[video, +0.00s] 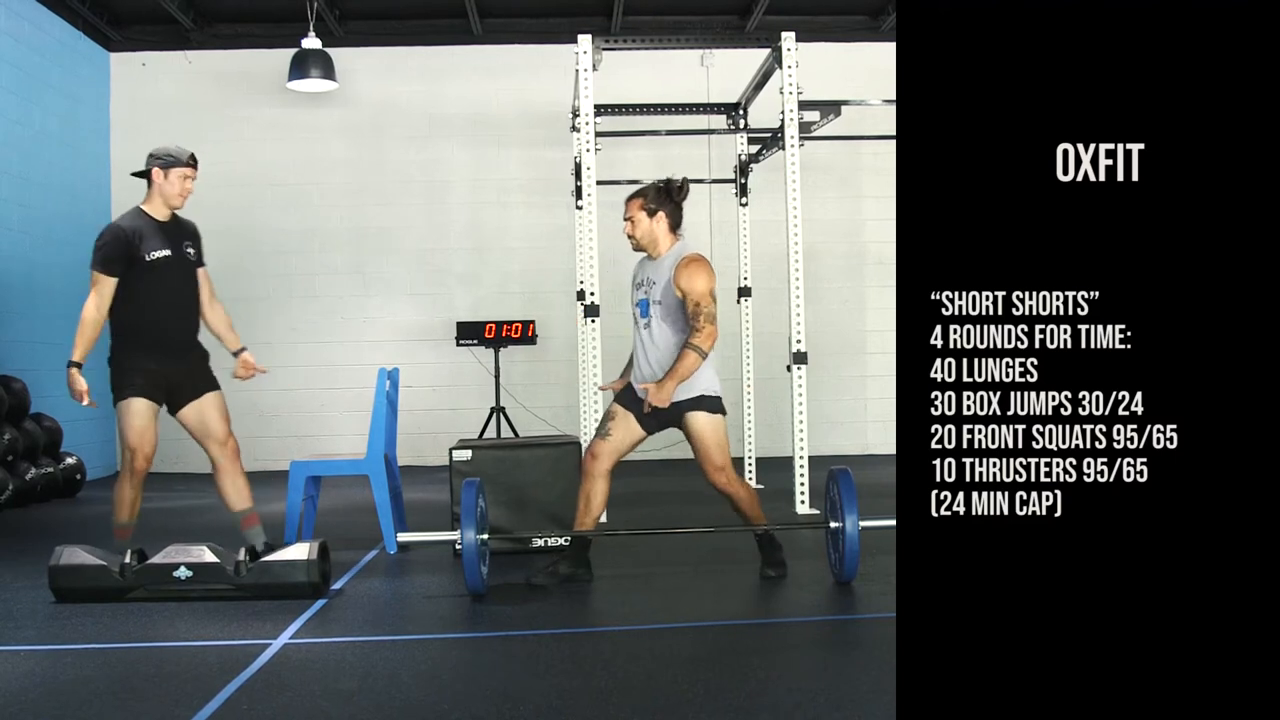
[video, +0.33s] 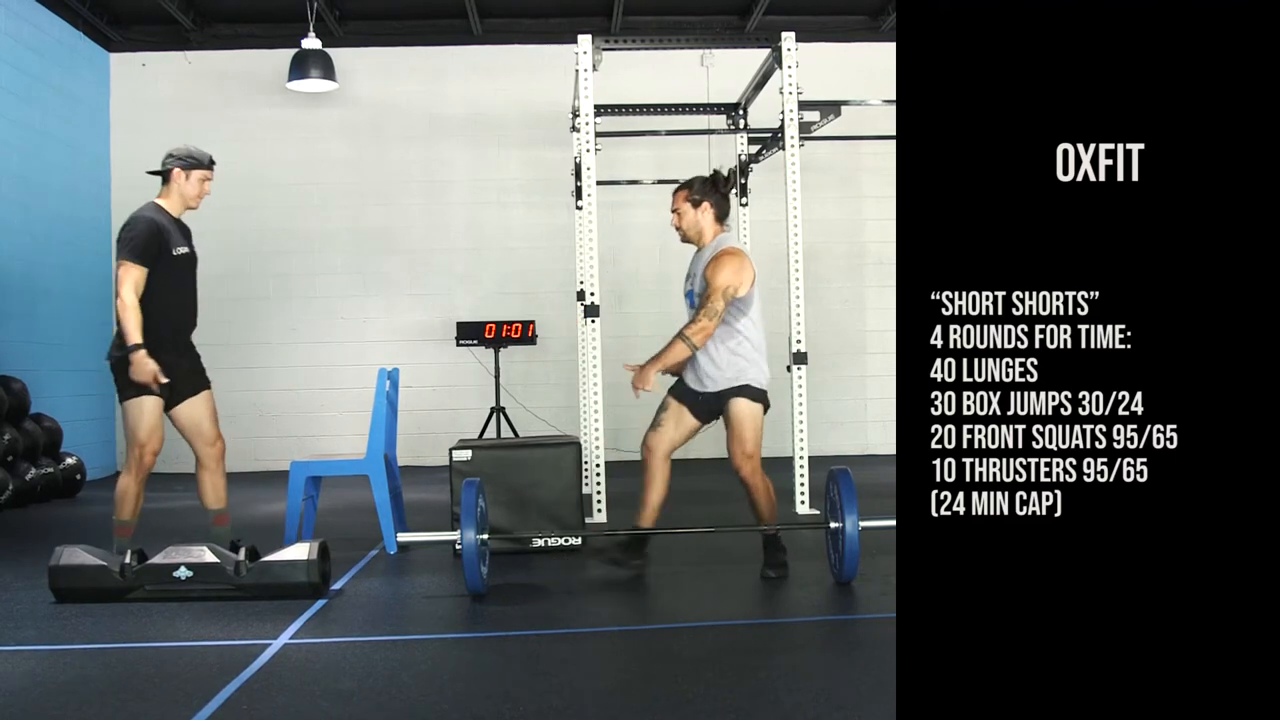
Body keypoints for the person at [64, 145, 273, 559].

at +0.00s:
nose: (189, 189)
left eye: (192, 181)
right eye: (183, 179)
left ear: (188, 184)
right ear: (157, 176)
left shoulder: (187, 233)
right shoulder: (121, 234)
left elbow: (207, 302)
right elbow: (98, 303)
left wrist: (238, 350)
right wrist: (75, 364)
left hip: (186, 359)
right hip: (136, 362)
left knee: (225, 445)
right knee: (139, 460)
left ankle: (259, 547)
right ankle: (124, 555)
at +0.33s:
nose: (207, 190)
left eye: (209, 182)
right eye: (203, 181)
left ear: (184, 179)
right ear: (177, 176)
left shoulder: (179, 229)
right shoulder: (144, 225)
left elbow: (170, 296)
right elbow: (126, 293)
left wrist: (179, 347)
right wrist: (137, 352)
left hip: (179, 351)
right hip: (141, 352)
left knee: (212, 447)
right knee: (144, 453)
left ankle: (223, 547)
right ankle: (122, 554)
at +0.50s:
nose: (228, 191)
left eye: (230, 183)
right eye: (223, 182)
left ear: (206, 181)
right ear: (198, 177)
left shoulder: (203, 230)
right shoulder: (167, 224)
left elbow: (185, 293)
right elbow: (139, 290)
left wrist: (189, 345)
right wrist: (165, 344)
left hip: (190, 349)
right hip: (151, 351)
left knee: (217, 446)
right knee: (146, 452)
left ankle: (225, 548)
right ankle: (112, 551)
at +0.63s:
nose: (242, 198)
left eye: (244, 191)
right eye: (238, 189)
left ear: (222, 187)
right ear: (213, 184)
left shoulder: (210, 234)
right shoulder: (179, 228)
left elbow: (188, 296)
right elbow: (149, 294)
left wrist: (193, 347)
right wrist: (190, 344)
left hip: (192, 358)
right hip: (157, 358)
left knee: (228, 445)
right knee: (145, 458)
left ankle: (224, 549)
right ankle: (59, 528)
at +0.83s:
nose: (257, 243)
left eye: (259, 236)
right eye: (253, 234)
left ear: (232, 231)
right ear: (229, 228)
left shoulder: (214, 273)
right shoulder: (197, 269)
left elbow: (190, 340)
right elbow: (176, 339)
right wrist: (233, 370)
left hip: (188, 394)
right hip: (156, 394)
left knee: (256, 450)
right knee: (125, 495)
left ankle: (231, 549)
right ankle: (18, 536)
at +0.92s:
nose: (259, 272)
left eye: (261, 264)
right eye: (255, 262)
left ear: (236, 259)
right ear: (231, 256)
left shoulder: (213, 300)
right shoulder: (201, 296)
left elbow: (191, 369)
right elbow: (188, 369)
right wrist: (248, 385)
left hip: (184, 415)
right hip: (150, 418)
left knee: (261, 451)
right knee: (127, 523)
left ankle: (231, 551)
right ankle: (16, 541)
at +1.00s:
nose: (260, 296)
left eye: (262, 288)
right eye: (257, 287)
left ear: (233, 282)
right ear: (231, 281)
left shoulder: (204, 318)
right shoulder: (203, 318)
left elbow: (149, 375)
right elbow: (198, 396)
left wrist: (132, 428)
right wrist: (256, 396)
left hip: (183, 432)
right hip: (149, 438)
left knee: (264, 455)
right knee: (128, 540)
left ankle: (232, 548)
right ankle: (19, 540)